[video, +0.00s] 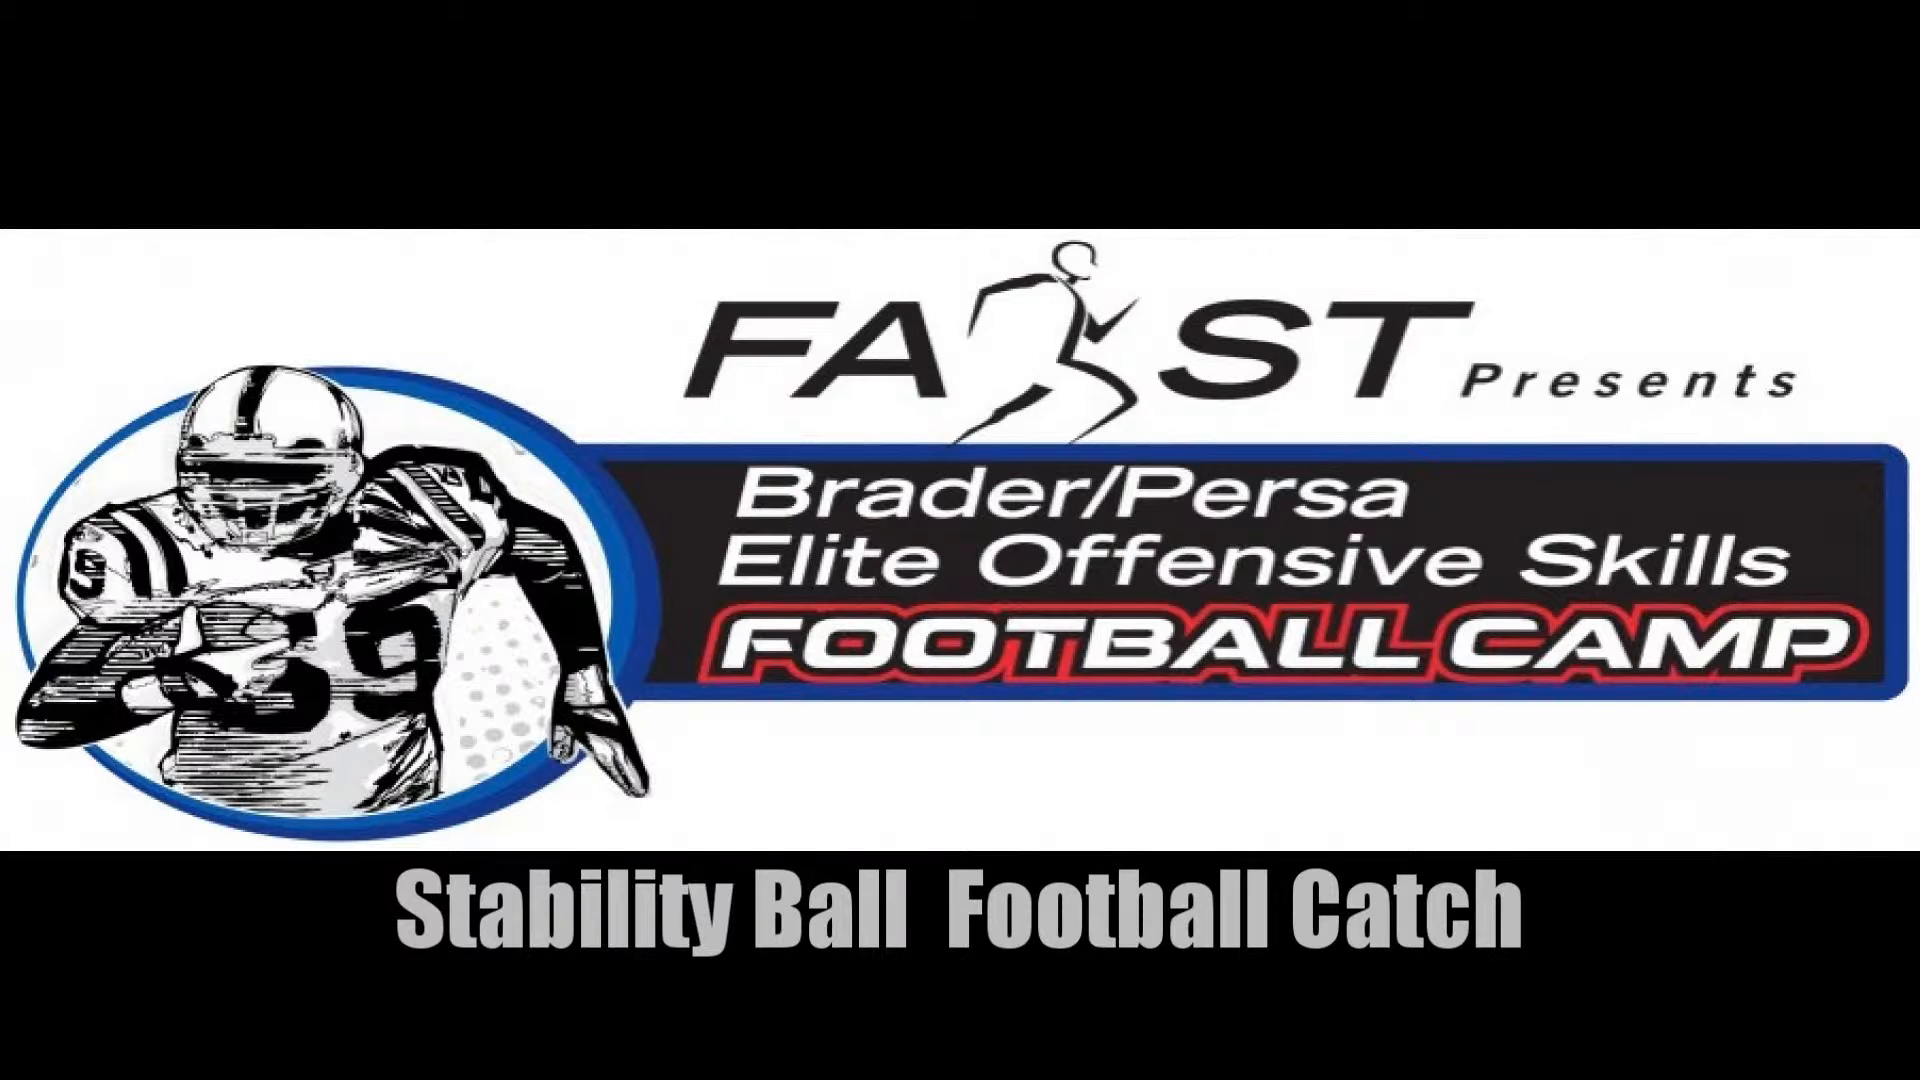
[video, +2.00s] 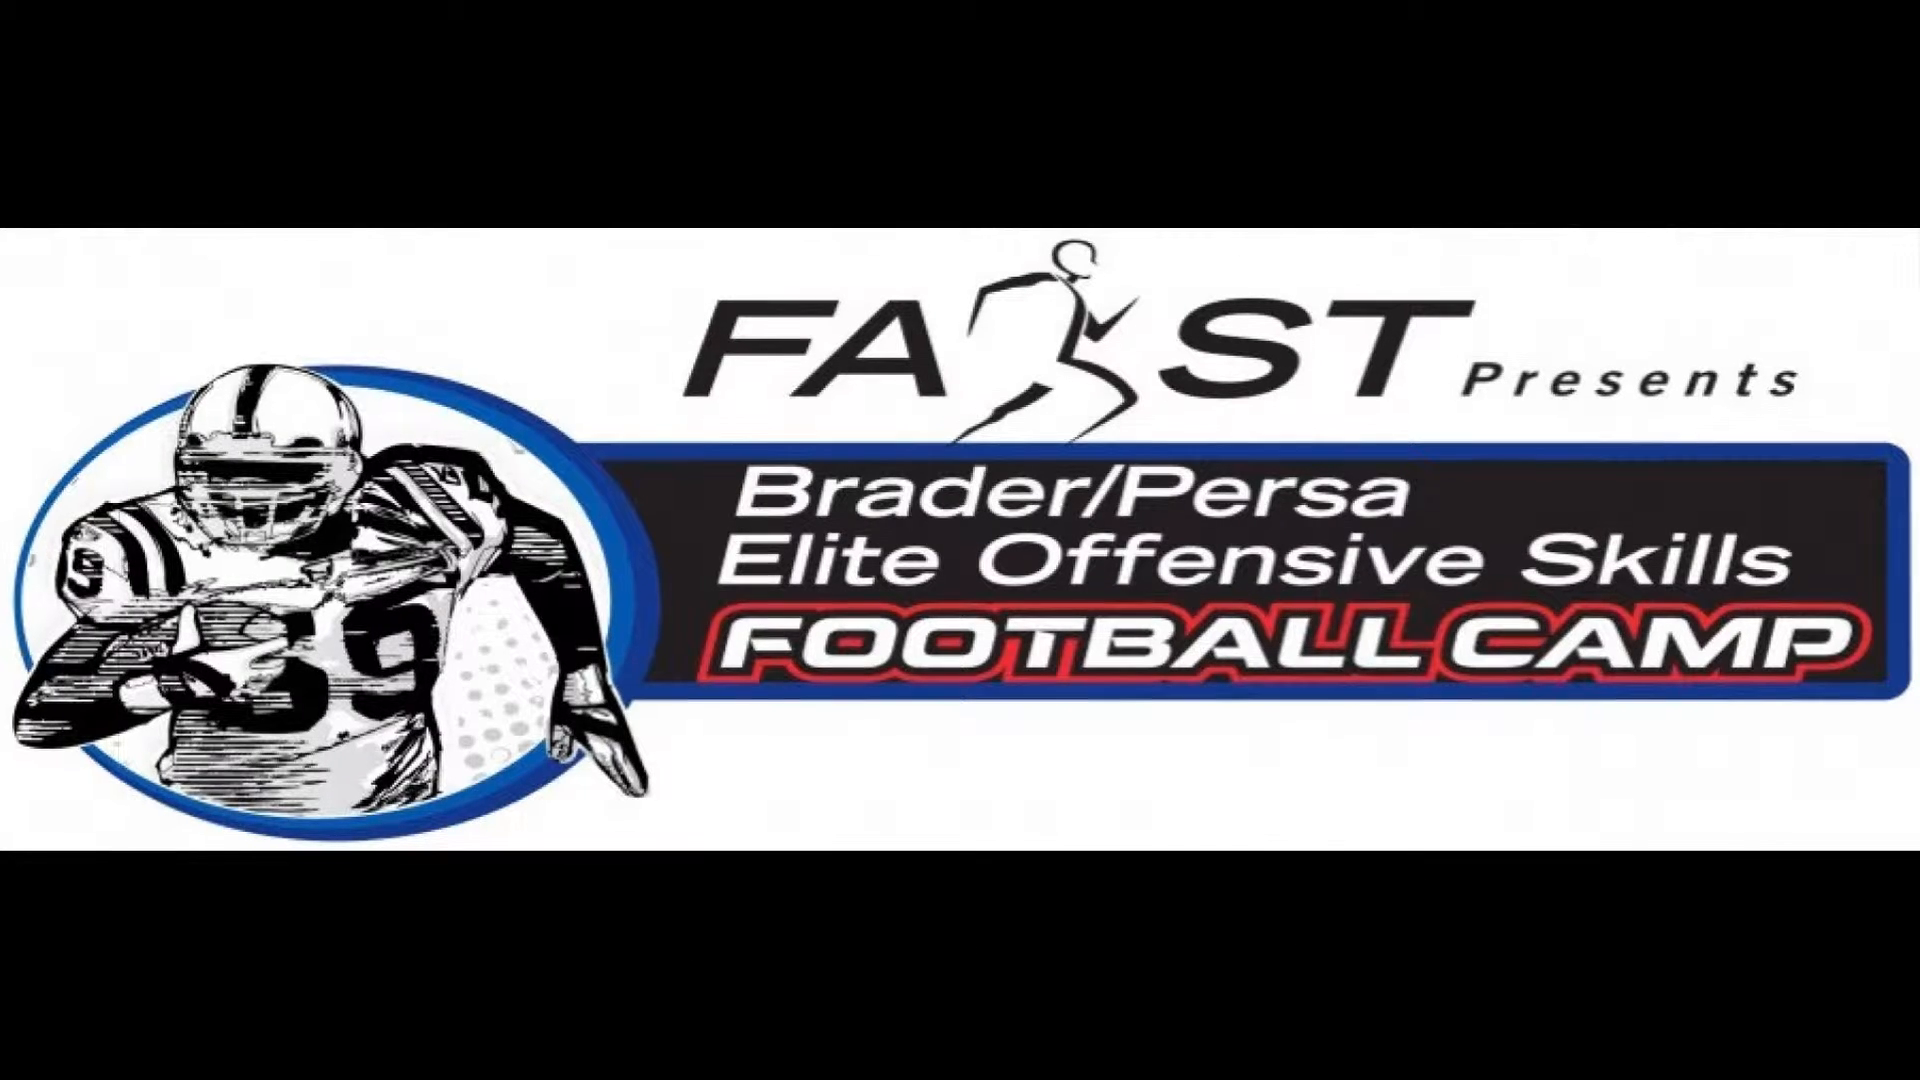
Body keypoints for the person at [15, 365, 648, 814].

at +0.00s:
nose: (248, 518)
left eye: (277, 496)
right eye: (227, 494)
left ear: (336, 482)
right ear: (194, 480)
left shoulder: (427, 510)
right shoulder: (140, 549)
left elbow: (544, 546)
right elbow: (43, 716)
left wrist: (585, 670)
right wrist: (178, 682)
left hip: (388, 811)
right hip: (219, 815)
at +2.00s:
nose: (251, 512)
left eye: (279, 490)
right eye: (228, 489)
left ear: (336, 478)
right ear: (192, 478)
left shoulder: (422, 506)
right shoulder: (139, 548)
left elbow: (544, 546)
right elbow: (40, 715)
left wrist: (584, 671)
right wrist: (170, 682)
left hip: (386, 811)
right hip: (217, 815)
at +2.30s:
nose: (269, 504)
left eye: (296, 484)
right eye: (250, 482)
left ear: (344, 476)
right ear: (224, 473)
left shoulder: (425, 505)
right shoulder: (186, 545)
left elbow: (543, 549)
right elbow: (117, 706)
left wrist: (583, 678)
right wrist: (223, 672)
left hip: (390, 803)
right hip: (245, 803)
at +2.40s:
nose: (320, 513)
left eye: (344, 492)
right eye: (303, 491)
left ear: (380, 478)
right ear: (278, 477)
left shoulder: (447, 511)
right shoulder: (247, 549)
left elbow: (550, 551)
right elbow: (182, 697)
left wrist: (584, 675)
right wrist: (277, 666)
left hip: (421, 794)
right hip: (297, 794)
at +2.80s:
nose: (402, 531)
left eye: (424, 513)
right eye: (383, 513)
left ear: (467, 501)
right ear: (355, 504)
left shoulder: (535, 524)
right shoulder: (314, 559)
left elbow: (633, 555)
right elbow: (233, 690)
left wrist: (663, 652)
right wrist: (337, 662)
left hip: (511, 764)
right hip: (376, 767)